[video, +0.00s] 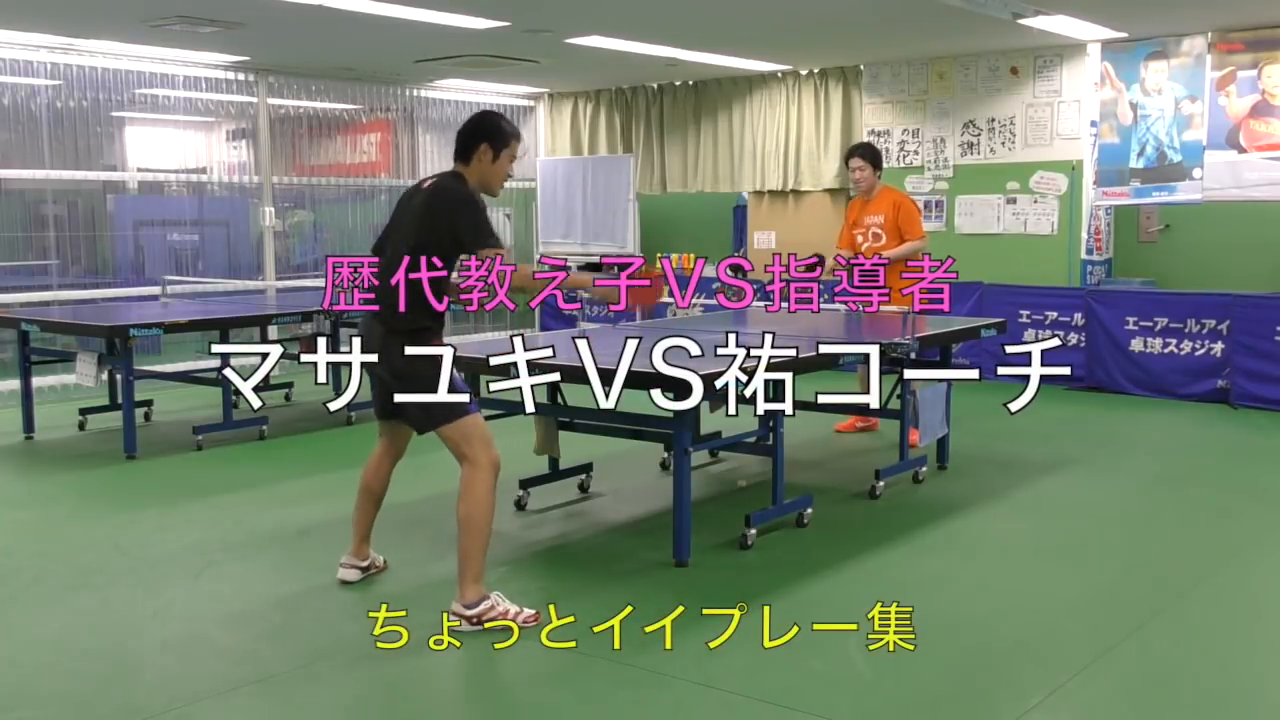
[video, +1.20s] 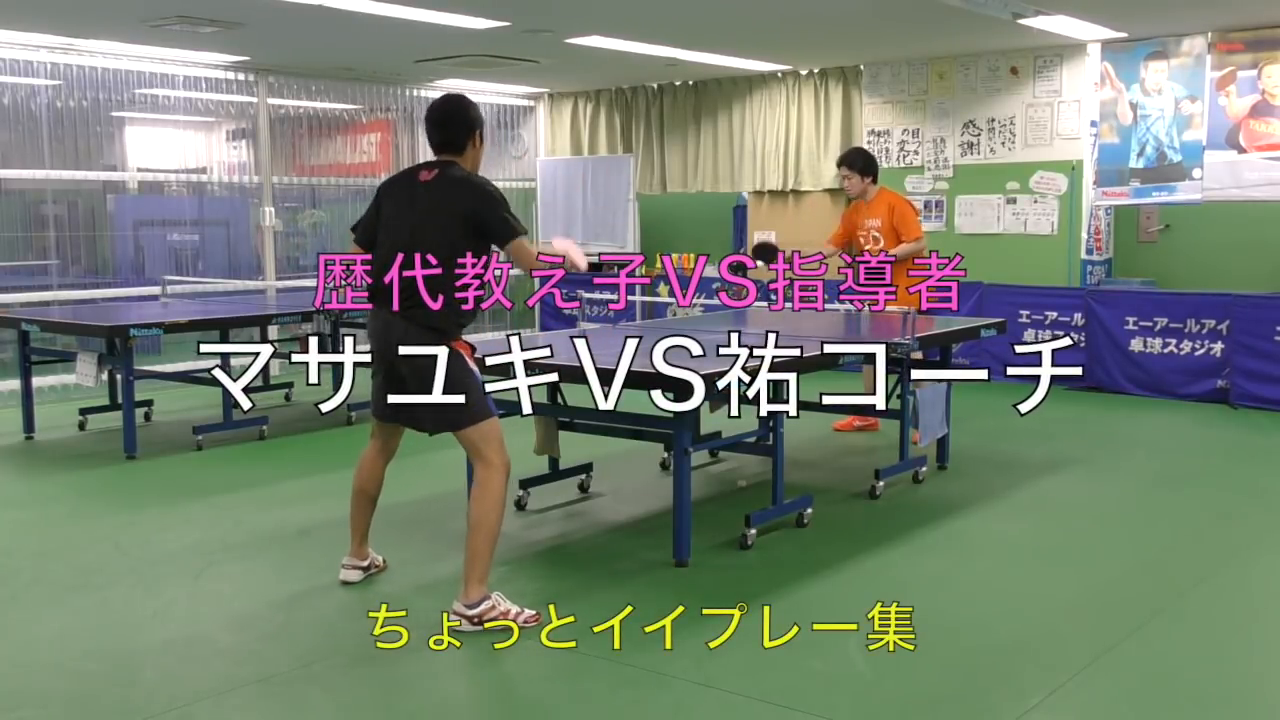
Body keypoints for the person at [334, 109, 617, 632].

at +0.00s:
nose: (509, 173)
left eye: (512, 163)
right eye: (508, 161)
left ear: (469, 154)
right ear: (482, 154)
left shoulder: (422, 191)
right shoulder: (458, 196)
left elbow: (384, 258)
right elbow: (502, 276)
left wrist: (452, 286)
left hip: (386, 344)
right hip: (418, 350)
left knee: (389, 446)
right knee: (481, 458)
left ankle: (357, 554)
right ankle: (472, 597)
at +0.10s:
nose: (505, 160)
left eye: (505, 150)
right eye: (503, 150)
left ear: (457, 145)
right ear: (484, 147)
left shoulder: (409, 186)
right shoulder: (483, 194)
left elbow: (371, 245)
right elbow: (556, 243)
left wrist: (428, 260)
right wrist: (589, 213)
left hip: (379, 339)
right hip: (425, 344)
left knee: (377, 446)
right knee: (487, 458)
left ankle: (356, 555)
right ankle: (473, 597)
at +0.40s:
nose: (491, 145)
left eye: (487, 136)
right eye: (490, 137)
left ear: (438, 138)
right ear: (482, 138)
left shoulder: (400, 184)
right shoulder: (484, 192)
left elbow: (363, 250)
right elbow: (534, 254)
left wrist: (420, 267)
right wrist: (568, 245)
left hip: (388, 342)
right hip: (439, 345)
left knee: (378, 446)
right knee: (494, 460)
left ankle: (356, 556)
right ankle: (474, 596)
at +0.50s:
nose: (497, 146)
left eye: (495, 137)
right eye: (496, 137)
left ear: (444, 137)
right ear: (487, 139)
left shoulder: (407, 183)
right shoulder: (467, 190)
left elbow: (370, 248)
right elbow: (479, 266)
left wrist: (421, 287)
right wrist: (544, 318)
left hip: (388, 341)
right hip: (433, 345)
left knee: (384, 445)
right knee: (487, 460)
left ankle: (356, 555)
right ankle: (474, 596)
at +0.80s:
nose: (505, 175)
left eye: (507, 165)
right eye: (503, 164)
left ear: (469, 155)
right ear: (477, 155)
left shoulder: (417, 193)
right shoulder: (447, 196)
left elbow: (376, 260)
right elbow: (467, 280)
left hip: (386, 345)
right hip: (418, 350)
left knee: (394, 443)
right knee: (484, 460)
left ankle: (358, 554)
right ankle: (473, 597)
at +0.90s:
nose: (497, 161)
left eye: (498, 151)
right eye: (496, 150)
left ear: (451, 143)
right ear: (474, 145)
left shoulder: (404, 185)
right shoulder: (469, 190)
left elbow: (370, 249)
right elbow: (528, 250)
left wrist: (427, 269)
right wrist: (572, 226)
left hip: (384, 340)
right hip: (425, 345)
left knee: (382, 443)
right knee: (485, 459)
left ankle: (357, 554)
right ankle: (473, 597)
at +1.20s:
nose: (483, 145)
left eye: (479, 137)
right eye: (482, 137)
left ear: (432, 139)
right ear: (474, 139)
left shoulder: (395, 185)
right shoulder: (477, 192)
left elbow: (363, 243)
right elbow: (526, 257)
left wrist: (418, 251)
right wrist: (561, 247)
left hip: (386, 342)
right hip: (437, 345)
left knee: (380, 445)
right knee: (491, 460)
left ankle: (356, 554)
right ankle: (475, 596)